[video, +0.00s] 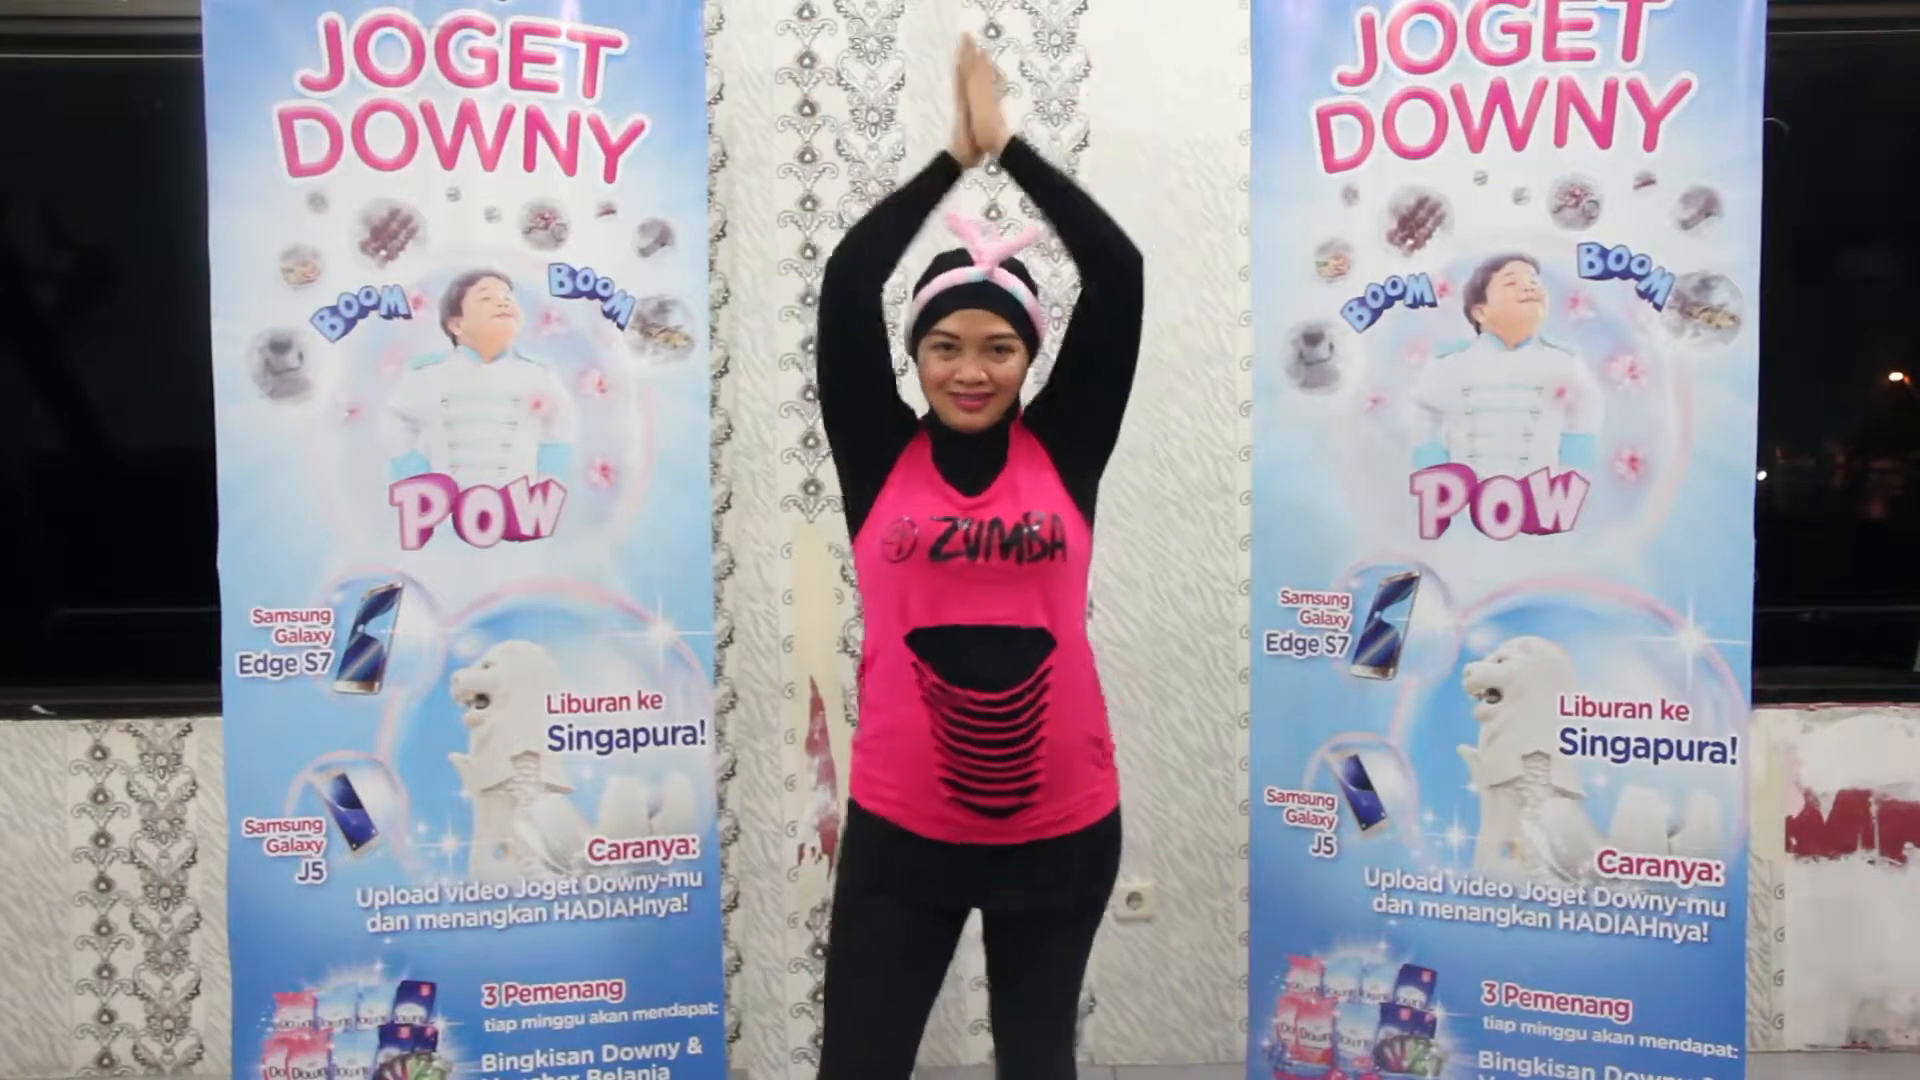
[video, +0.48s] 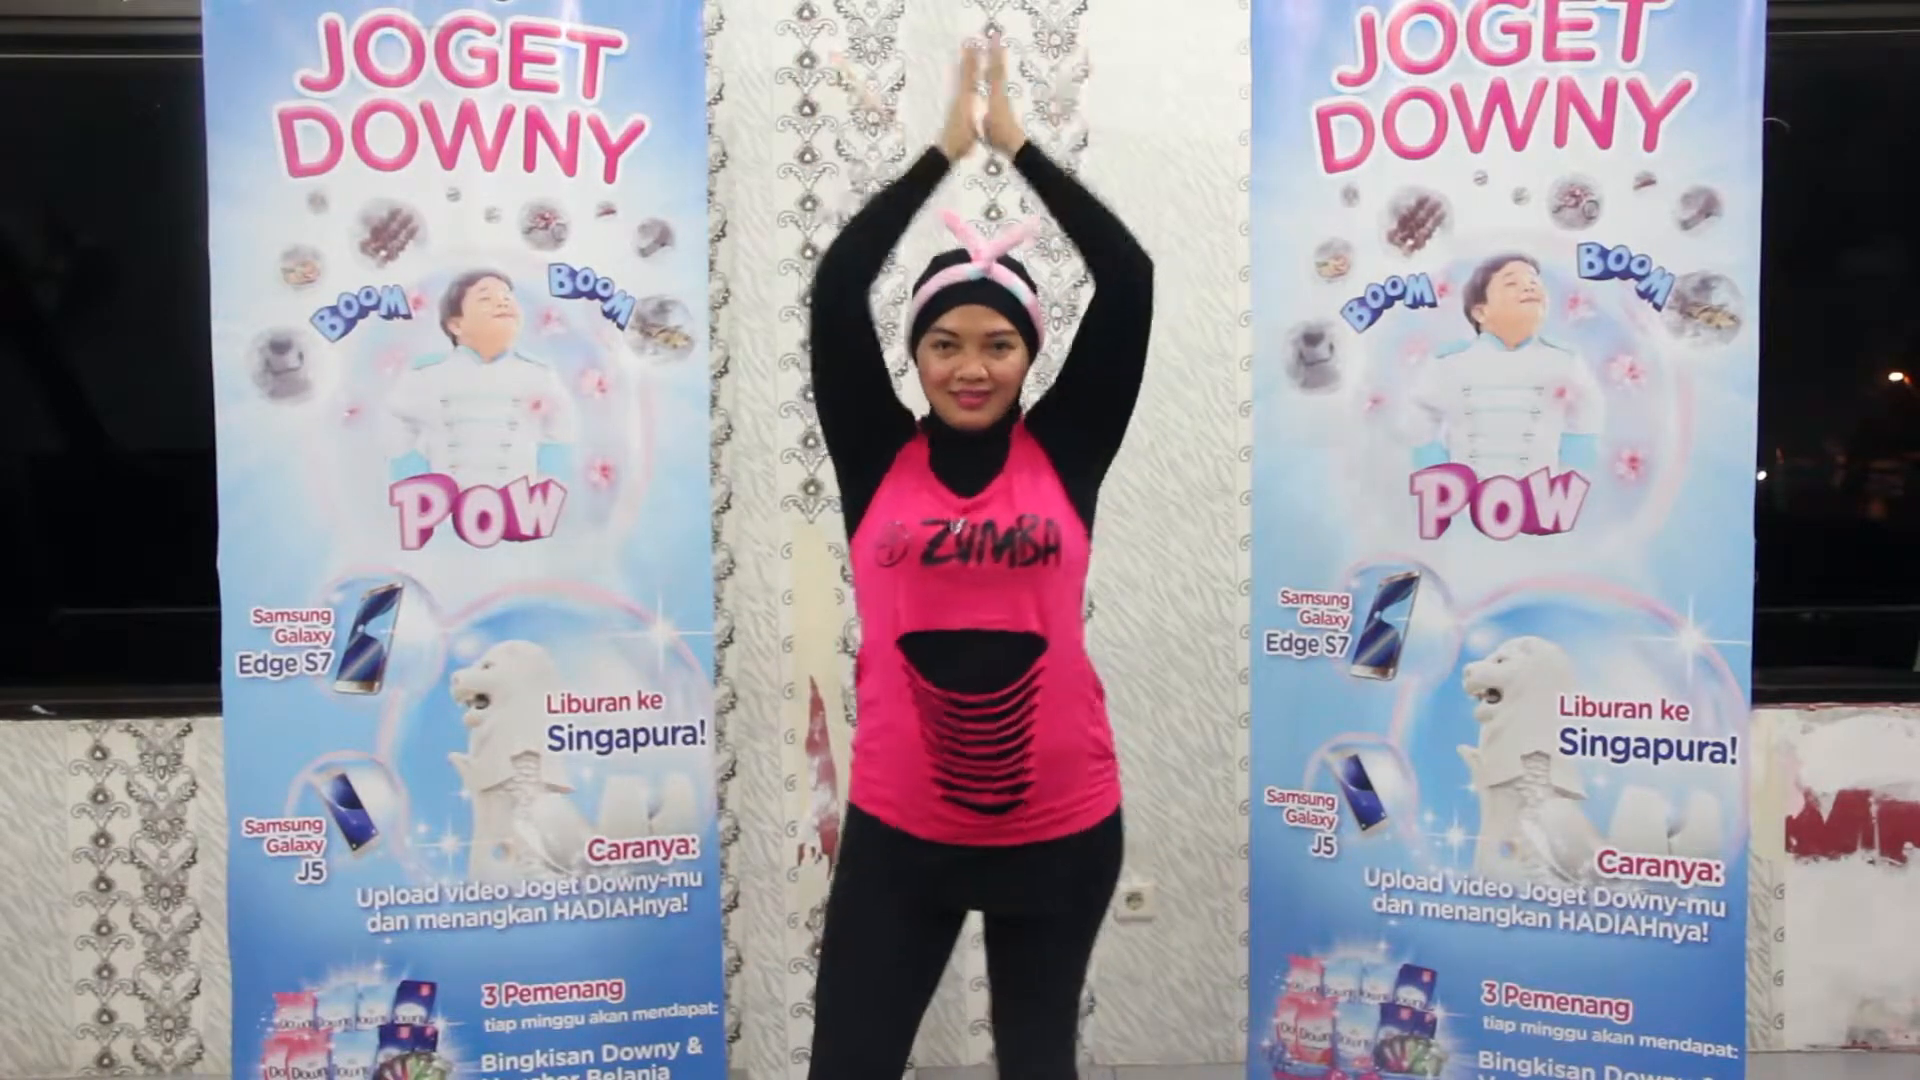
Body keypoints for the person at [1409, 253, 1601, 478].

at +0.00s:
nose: (1528, 286)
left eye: (1534, 281)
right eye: (1510, 282)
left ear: (1545, 299)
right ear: (1479, 311)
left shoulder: (1564, 364)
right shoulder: (1446, 366)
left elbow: (1581, 432)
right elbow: (1419, 419)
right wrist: (1434, 480)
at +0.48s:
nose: (1529, 286)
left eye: (1534, 280)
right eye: (1510, 283)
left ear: (1545, 299)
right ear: (1479, 311)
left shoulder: (1565, 363)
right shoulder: (1445, 366)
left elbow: (1583, 431)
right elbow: (1414, 421)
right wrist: (1438, 481)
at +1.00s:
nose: (1528, 286)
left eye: (1534, 281)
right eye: (1510, 282)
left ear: (1545, 300)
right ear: (1478, 311)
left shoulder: (1564, 363)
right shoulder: (1446, 367)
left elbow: (1583, 425)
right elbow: (1416, 415)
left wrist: (1566, 487)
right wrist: (1433, 476)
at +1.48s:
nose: (1528, 286)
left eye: (1534, 281)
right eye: (1510, 282)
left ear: (1545, 300)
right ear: (1478, 311)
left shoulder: (1563, 363)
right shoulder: (1445, 366)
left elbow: (1584, 421)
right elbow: (1414, 416)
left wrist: (1567, 484)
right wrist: (1436, 476)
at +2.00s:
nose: (1528, 286)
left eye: (1534, 281)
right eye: (1510, 283)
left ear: (1545, 300)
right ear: (1479, 311)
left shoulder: (1564, 363)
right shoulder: (1445, 366)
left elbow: (1583, 425)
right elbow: (1417, 420)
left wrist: (1567, 487)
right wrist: (1435, 479)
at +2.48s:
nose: (1529, 286)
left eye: (1535, 281)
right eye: (1510, 283)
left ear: (1545, 300)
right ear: (1479, 311)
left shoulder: (1564, 363)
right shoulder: (1446, 366)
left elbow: (1584, 421)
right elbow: (1417, 417)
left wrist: (1567, 484)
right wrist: (1435, 477)